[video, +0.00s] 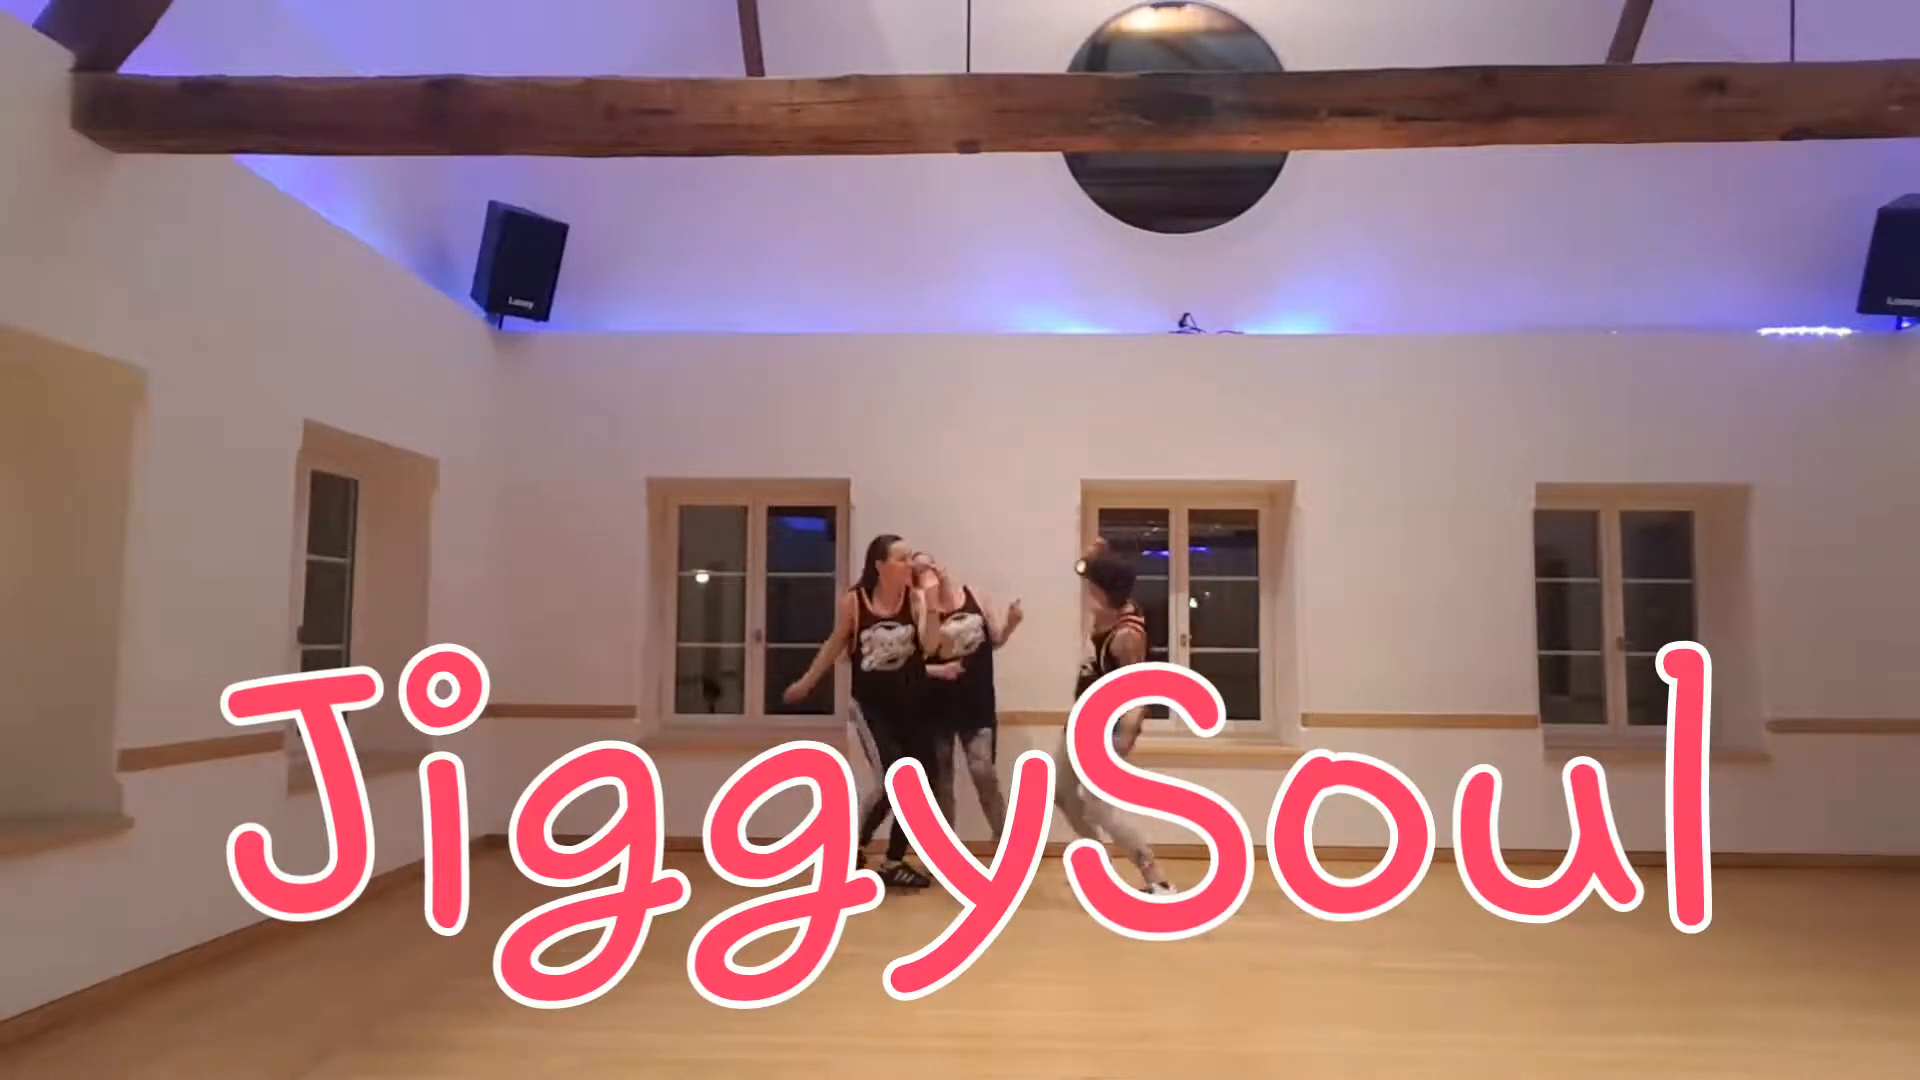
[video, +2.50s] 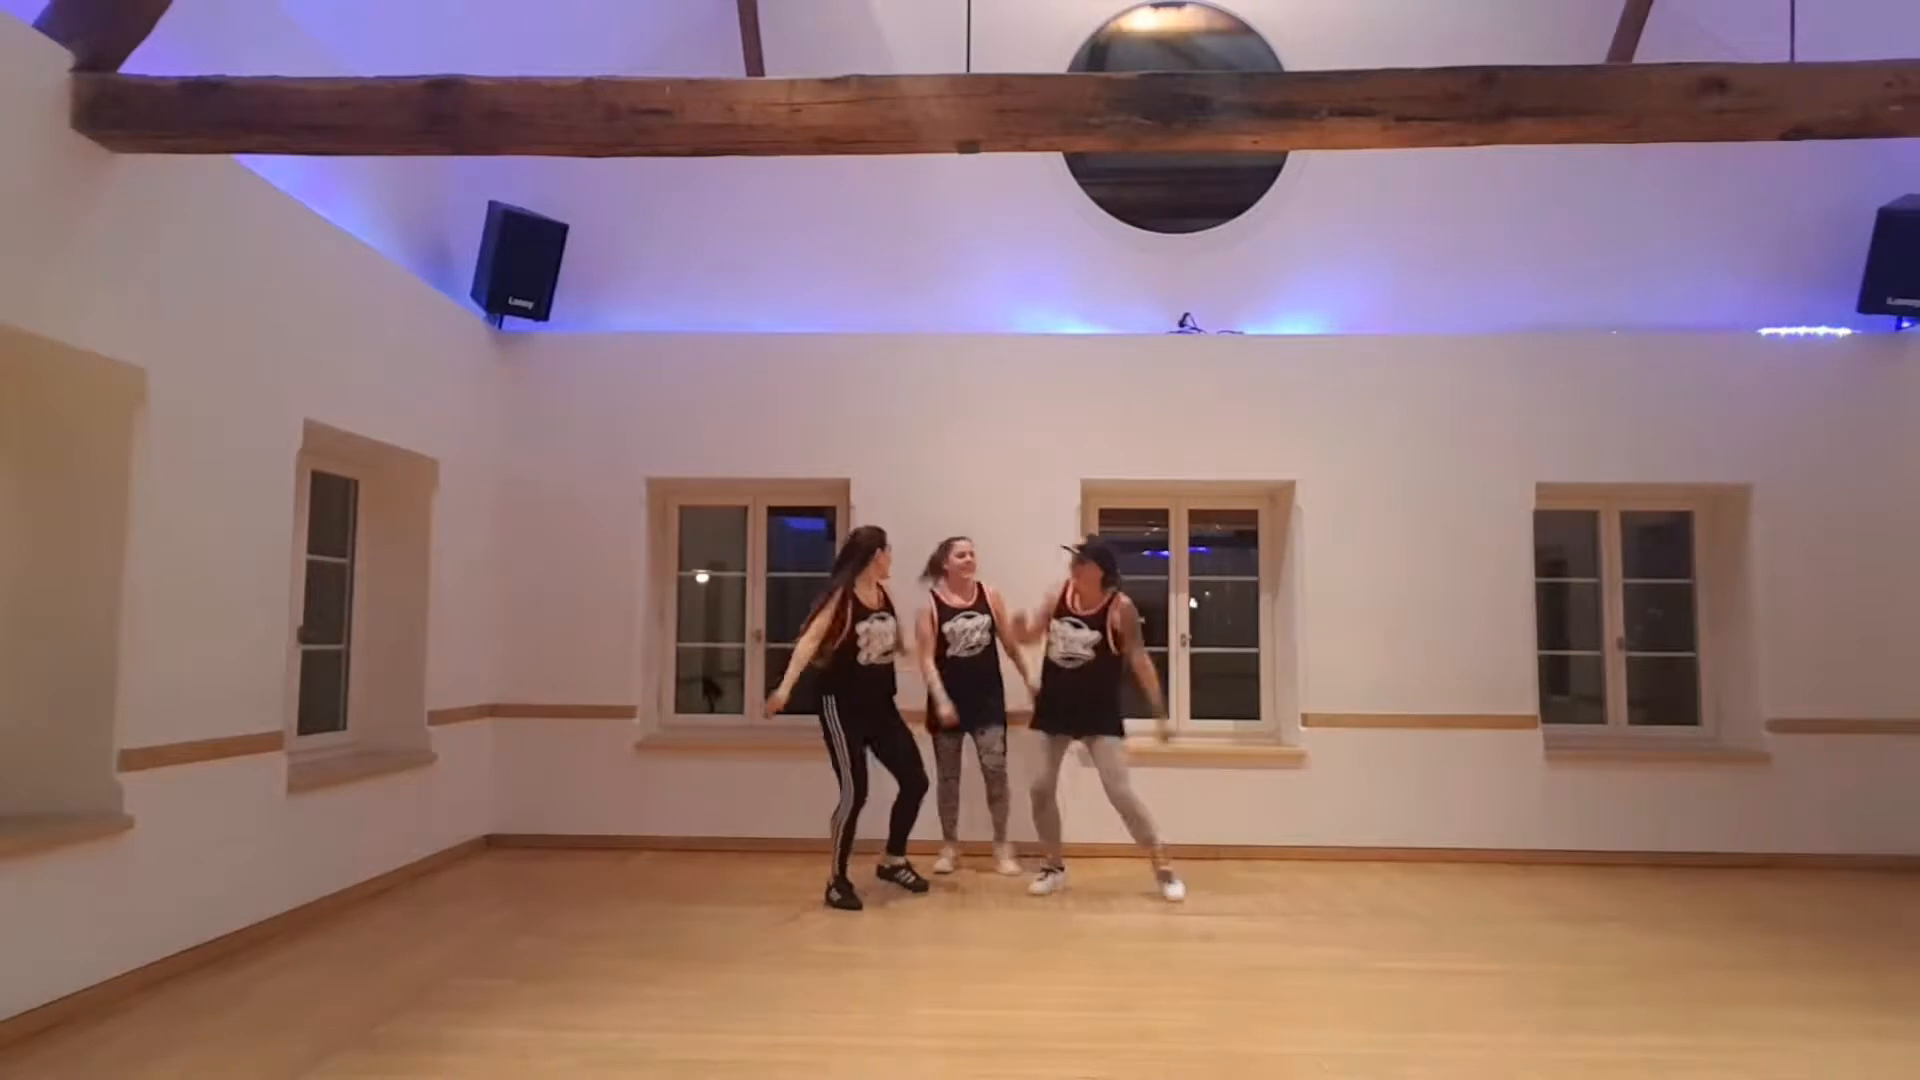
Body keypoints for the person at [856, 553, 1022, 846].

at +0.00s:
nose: (927, 573)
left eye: (928, 566)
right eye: (919, 573)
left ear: (938, 568)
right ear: (914, 585)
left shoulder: (972, 595)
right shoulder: (915, 612)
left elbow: (995, 640)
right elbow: (901, 665)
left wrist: (1010, 623)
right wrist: (936, 670)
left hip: (977, 696)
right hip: (938, 700)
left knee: (982, 771)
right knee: (942, 777)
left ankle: (1004, 838)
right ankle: (945, 844)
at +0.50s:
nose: (976, 579)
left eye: (974, 573)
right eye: (969, 574)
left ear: (967, 577)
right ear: (951, 579)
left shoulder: (970, 603)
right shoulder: (946, 619)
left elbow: (982, 628)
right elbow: (940, 670)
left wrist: (997, 601)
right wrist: (980, 684)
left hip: (987, 704)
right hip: (961, 710)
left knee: (1011, 767)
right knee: (964, 774)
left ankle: (1004, 837)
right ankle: (943, 841)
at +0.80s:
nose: (1001, 581)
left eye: (1005, 575)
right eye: (995, 574)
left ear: (1009, 571)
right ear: (979, 569)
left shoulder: (1005, 593)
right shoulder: (963, 600)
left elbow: (1032, 613)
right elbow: (933, 641)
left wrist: (1041, 580)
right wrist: (954, 683)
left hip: (1004, 690)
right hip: (968, 692)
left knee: (1015, 764)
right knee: (958, 767)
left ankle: (1023, 837)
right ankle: (943, 839)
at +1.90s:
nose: (1006, 561)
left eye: (1013, 556)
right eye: (1002, 556)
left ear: (1026, 562)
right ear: (995, 561)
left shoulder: (1035, 590)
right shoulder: (991, 593)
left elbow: (1030, 612)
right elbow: (973, 634)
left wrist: (991, 597)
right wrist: (934, 638)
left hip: (1022, 694)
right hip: (984, 691)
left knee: (1025, 769)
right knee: (961, 761)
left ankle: (1030, 845)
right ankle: (961, 841)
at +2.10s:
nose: (989, 561)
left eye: (997, 557)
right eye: (984, 555)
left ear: (1008, 565)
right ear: (976, 562)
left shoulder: (1014, 590)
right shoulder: (968, 597)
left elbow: (1019, 616)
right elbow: (946, 635)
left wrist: (1005, 637)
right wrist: (921, 644)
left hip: (1001, 690)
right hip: (961, 690)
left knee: (1028, 762)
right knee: (952, 767)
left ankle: (1033, 842)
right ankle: (948, 844)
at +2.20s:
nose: (981, 566)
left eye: (987, 562)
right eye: (976, 561)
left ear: (996, 570)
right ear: (966, 567)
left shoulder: (1005, 602)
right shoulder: (953, 606)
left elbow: (1017, 643)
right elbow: (931, 647)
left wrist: (1014, 682)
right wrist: (904, 667)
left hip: (992, 701)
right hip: (952, 701)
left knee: (1023, 771)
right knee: (946, 776)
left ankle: (1033, 844)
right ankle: (949, 847)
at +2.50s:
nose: (969, 560)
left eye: (972, 554)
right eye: (961, 555)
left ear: (977, 560)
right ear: (944, 563)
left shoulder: (990, 597)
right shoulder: (931, 605)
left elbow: (1011, 644)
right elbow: (926, 658)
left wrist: (1030, 680)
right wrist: (941, 699)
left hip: (987, 694)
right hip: (947, 696)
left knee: (995, 769)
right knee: (948, 775)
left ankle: (1002, 844)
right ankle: (949, 845)